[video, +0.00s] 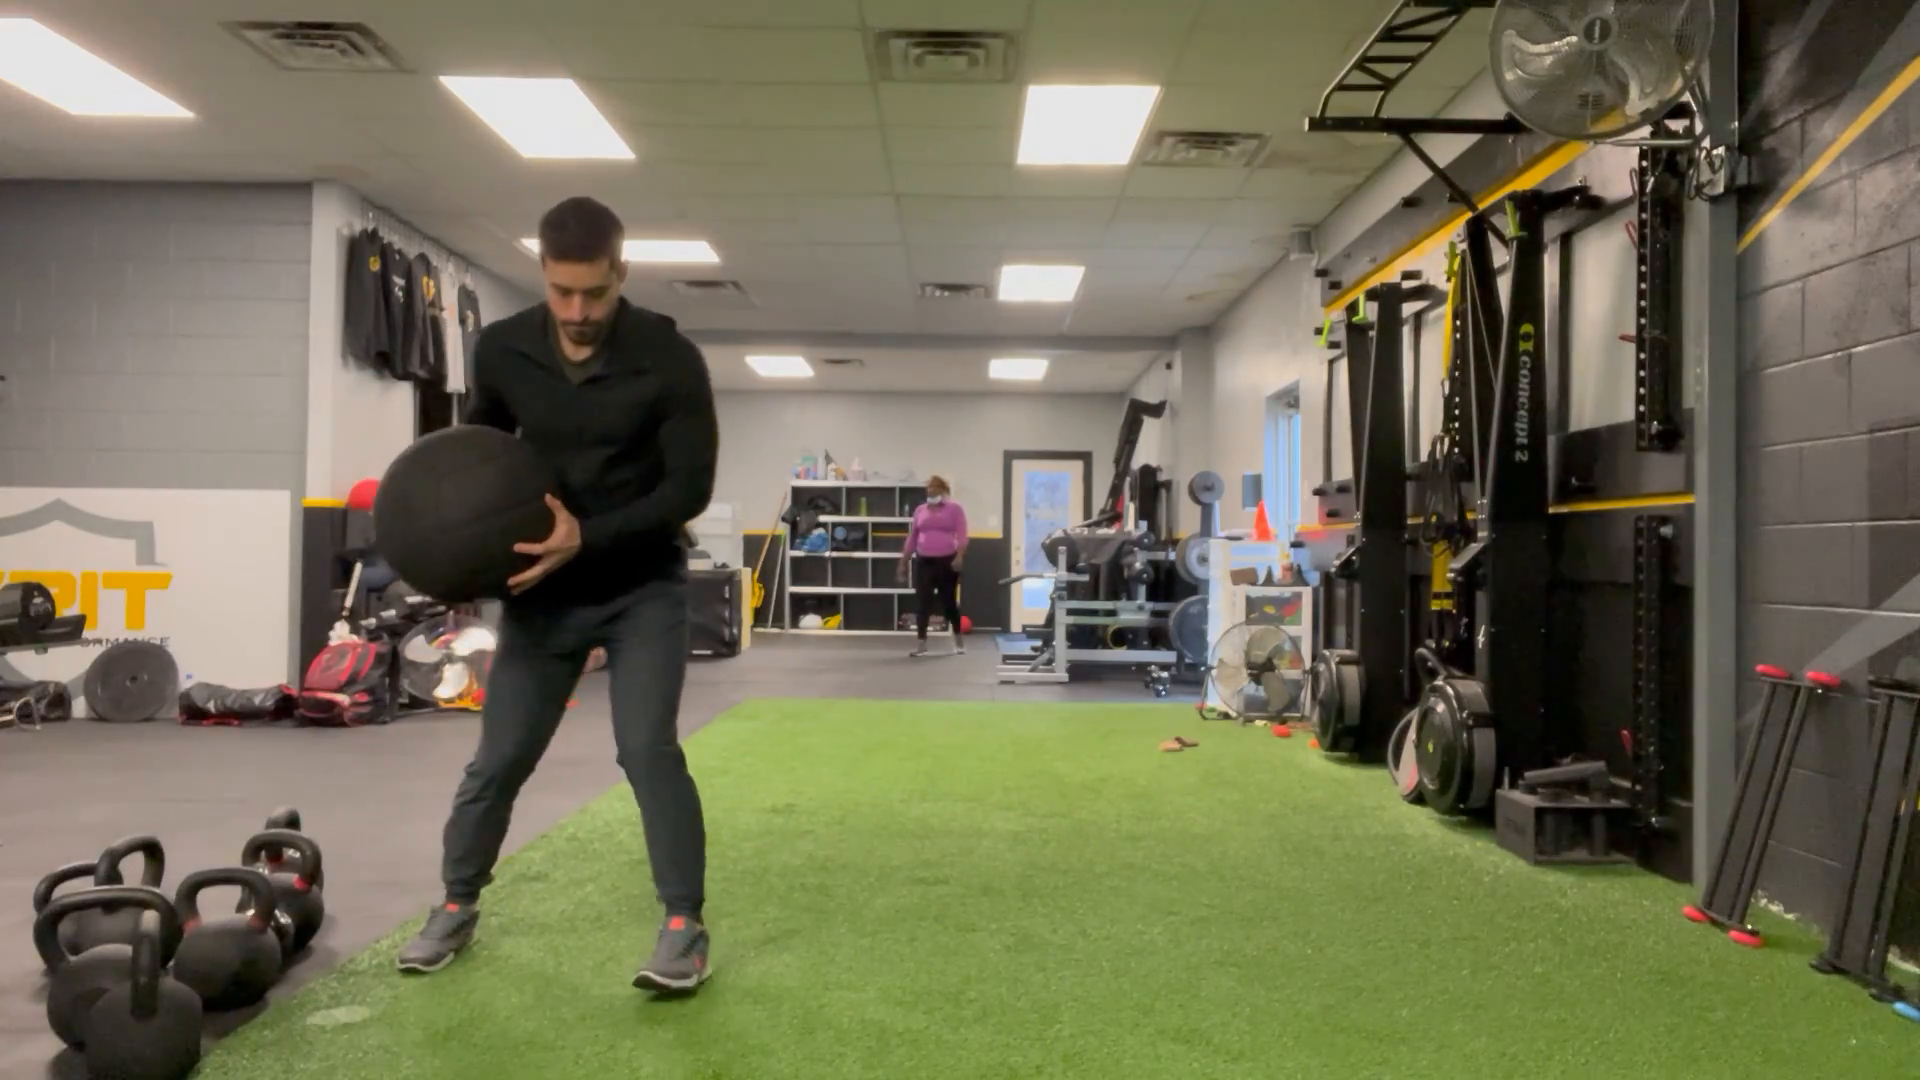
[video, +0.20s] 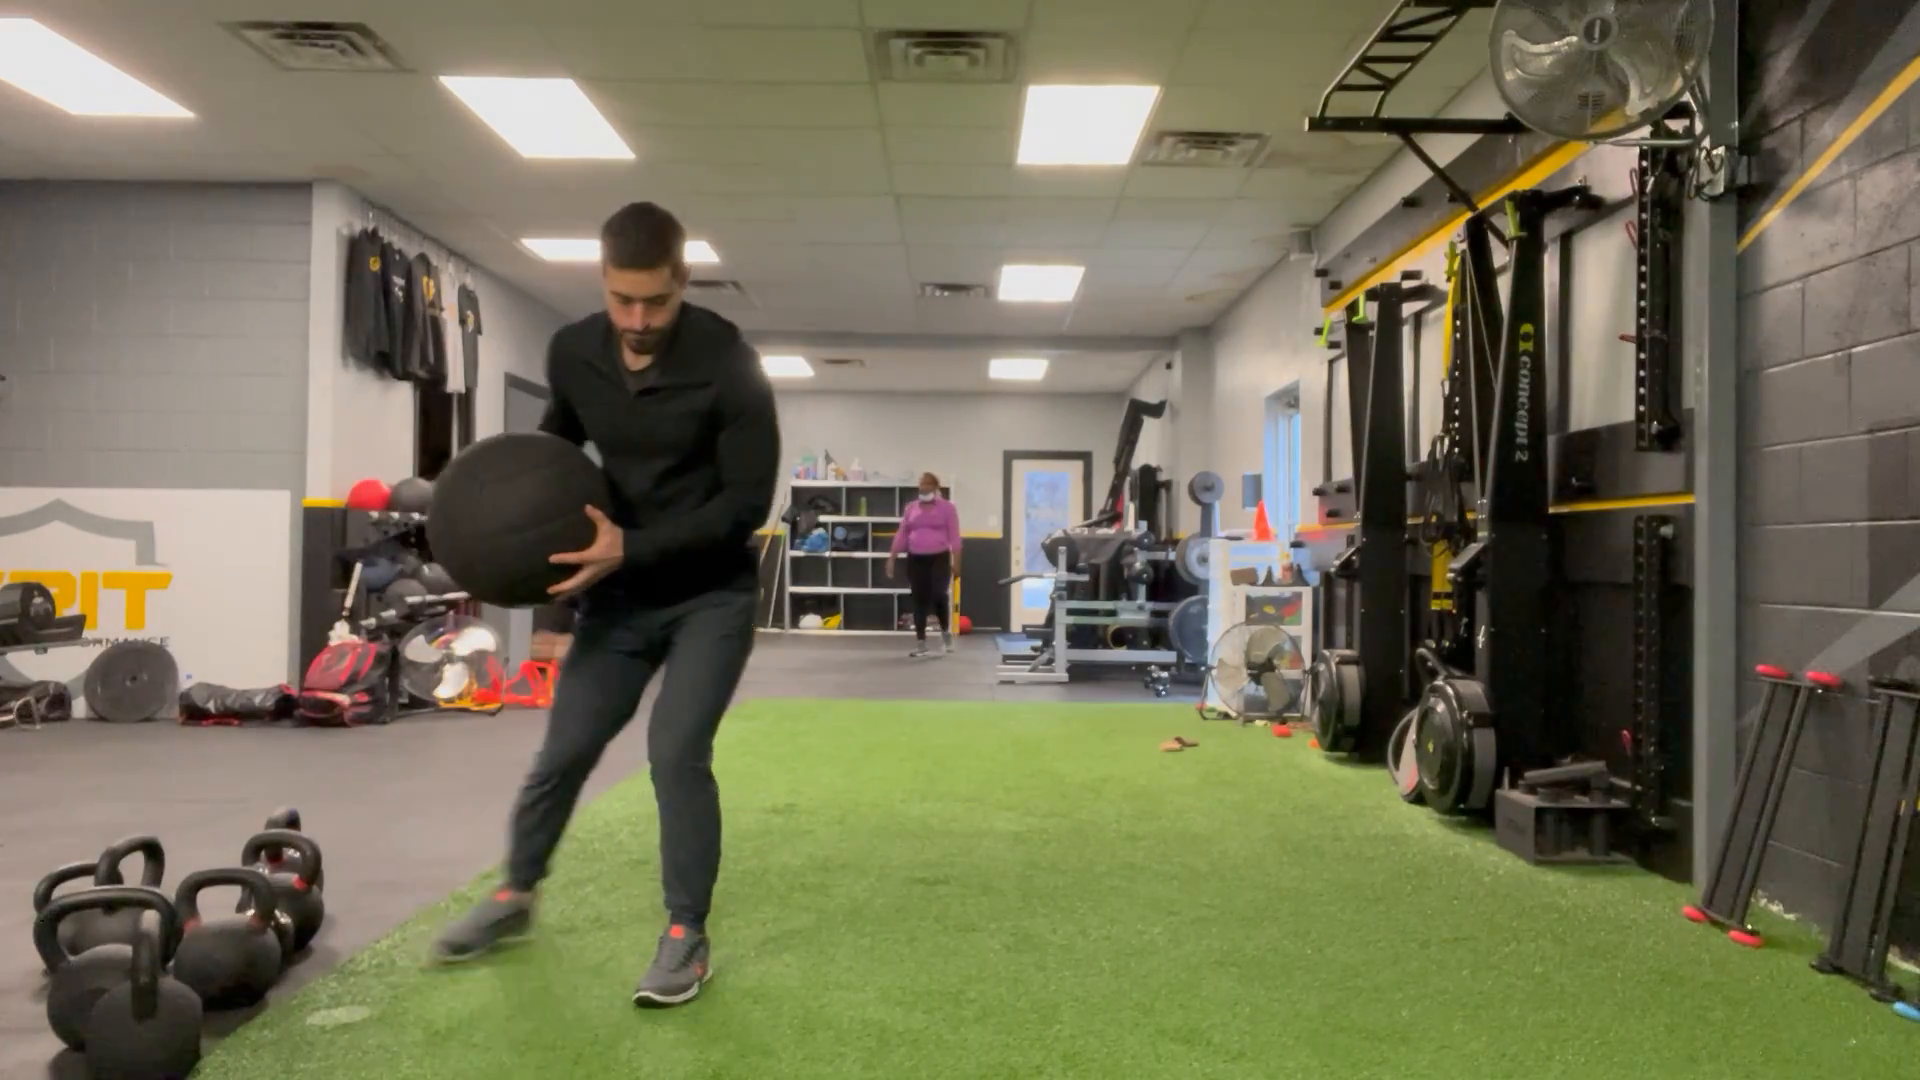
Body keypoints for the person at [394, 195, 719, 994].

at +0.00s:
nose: (578, 312)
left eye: (595, 293)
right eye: (562, 293)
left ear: (621, 276)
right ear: (541, 275)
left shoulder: (669, 356)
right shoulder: (500, 349)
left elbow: (690, 489)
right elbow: (479, 462)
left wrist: (588, 533)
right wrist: (463, 545)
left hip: (645, 584)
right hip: (544, 591)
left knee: (647, 746)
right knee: (498, 760)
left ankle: (683, 923)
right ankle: (455, 907)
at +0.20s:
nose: (638, 319)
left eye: (654, 301)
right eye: (622, 300)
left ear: (682, 283)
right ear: (601, 283)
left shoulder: (727, 360)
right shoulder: (574, 352)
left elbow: (749, 501)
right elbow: (555, 466)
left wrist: (634, 546)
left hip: (714, 591)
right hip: (621, 592)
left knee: (678, 750)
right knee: (562, 753)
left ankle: (685, 932)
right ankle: (515, 894)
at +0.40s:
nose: (704, 323)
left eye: (721, 305)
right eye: (689, 304)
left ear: (747, 290)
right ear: (666, 288)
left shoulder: (789, 377)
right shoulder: (642, 352)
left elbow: (799, 521)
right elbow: (628, 437)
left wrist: (682, 554)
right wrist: (581, 508)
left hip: (772, 597)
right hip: (680, 595)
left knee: (701, 755)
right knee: (649, 762)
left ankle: (687, 934)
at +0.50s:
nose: (745, 323)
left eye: (762, 306)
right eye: (730, 304)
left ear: (785, 291)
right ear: (705, 287)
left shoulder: (825, 381)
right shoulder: (678, 353)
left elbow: (832, 524)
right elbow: (664, 437)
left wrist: (714, 555)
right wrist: (615, 505)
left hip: (804, 601)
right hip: (715, 599)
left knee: (720, 758)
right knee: (697, 768)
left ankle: (690, 935)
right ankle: (826, 872)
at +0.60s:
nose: (791, 326)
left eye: (808, 308)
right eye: (775, 307)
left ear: (830, 294)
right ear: (747, 290)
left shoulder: (865, 380)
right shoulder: (718, 356)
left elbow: (873, 524)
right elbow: (705, 435)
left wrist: (756, 556)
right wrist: (652, 505)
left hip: (845, 600)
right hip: (755, 600)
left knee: (758, 751)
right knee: (757, 765)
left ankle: (701, 930)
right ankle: (857, 904)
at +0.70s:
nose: (840, 327)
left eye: (856, 309)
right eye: (824, 309)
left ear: (875, 297)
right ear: (794, 292)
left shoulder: (909, 382)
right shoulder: (759, 359)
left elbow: (916, 525)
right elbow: (744, 441)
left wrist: (800, 562)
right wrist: (692, 512)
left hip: (892, 595)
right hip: (800, 598)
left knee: (805, 731)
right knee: (794, 749)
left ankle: (753, 919)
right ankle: (874, 913)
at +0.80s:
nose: (891, 328)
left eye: (907, 310)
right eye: (876, 309)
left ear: (925, 299)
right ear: (844, 292)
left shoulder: (952, 385)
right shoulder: (805, 357)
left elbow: (961, 526)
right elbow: (780, 443)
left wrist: (846, 566)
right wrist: (739, 522)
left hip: (932, 590)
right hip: (841, 591)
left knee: (868, 722)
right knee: (816, 765)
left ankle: (866, 915)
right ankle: (877, 918)